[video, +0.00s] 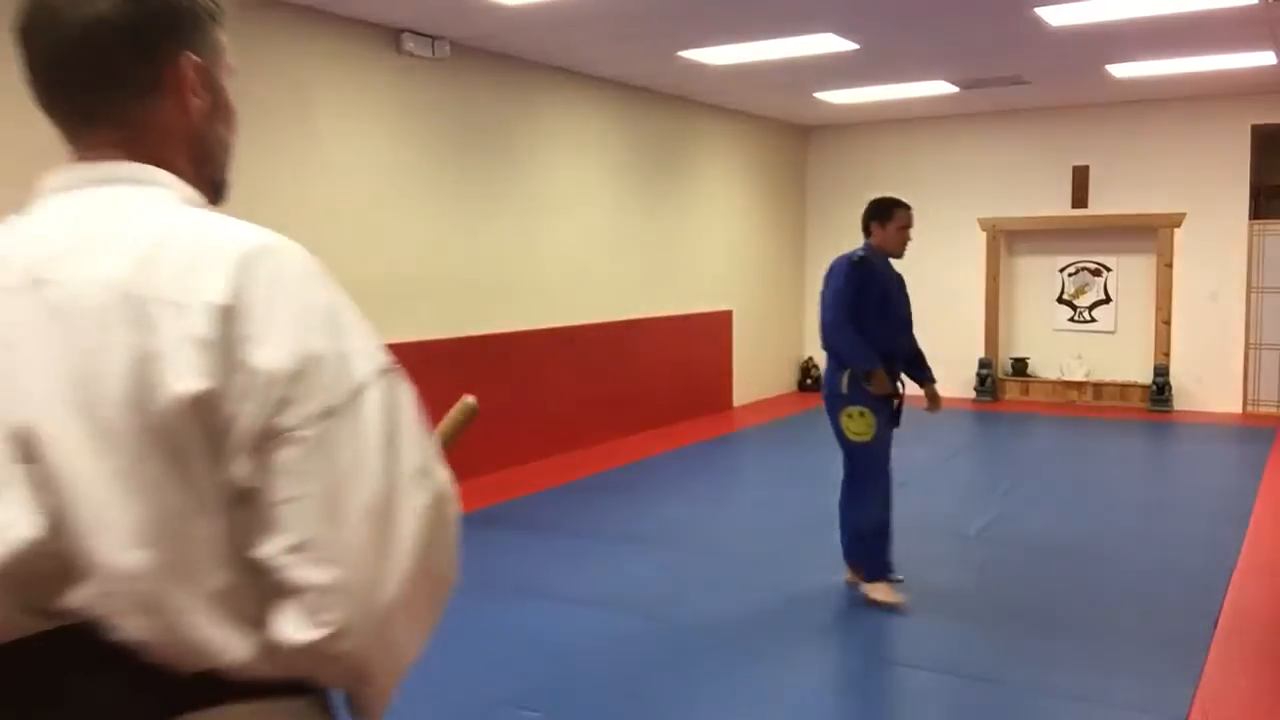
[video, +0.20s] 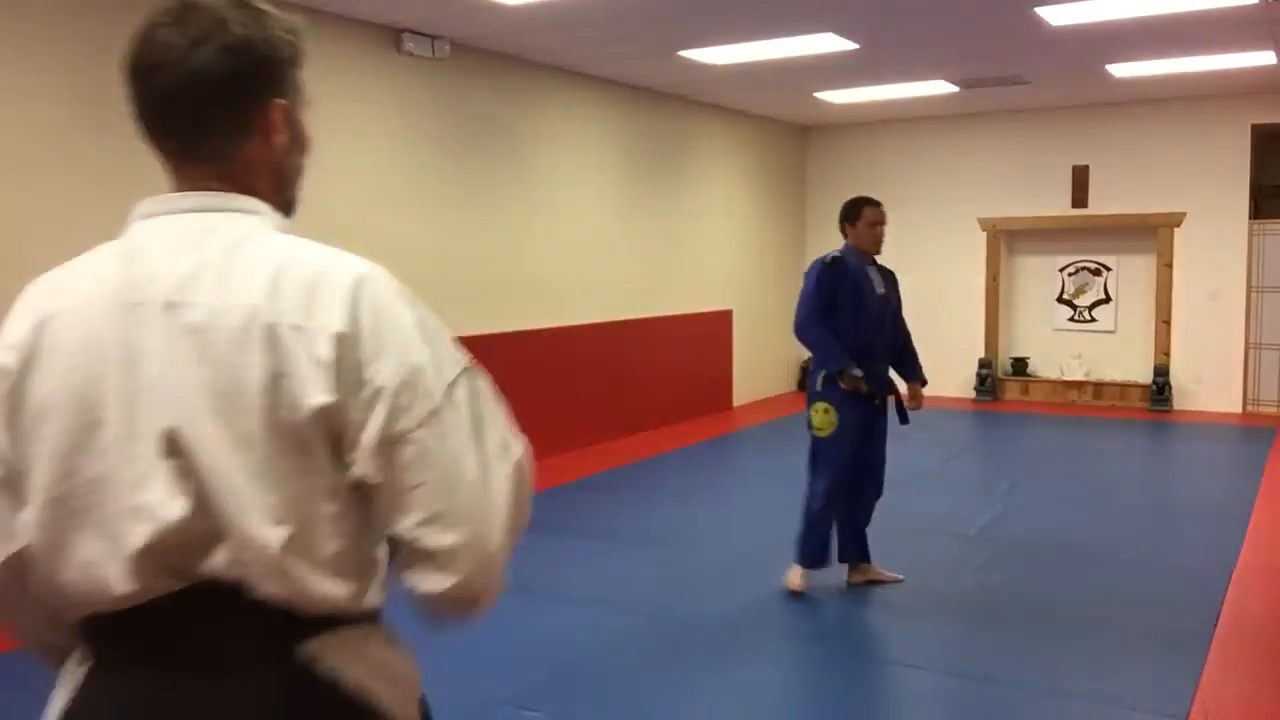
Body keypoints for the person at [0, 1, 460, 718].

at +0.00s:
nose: (234, 112)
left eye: (232, 85)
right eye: (229, 83)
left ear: (59, 101)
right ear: (191, 85)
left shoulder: (9, 265)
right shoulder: (251, 277)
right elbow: (370, 565)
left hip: (31, 684)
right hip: (232, 691)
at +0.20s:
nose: (309, 139)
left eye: (305, 116)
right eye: (304, 115)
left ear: (159, 132)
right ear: (275, 123)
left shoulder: (43, 312)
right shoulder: (348, 300)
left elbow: (11, 556)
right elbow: (469, 549)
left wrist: (88, 649)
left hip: (119, 680)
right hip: (309, 677)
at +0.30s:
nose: (333, 138)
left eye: (333, 117)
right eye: (332, 117)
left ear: (194, 124)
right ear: (308, 125)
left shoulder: (82, 293)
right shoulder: (374, 282)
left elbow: (44, 535)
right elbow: (513, 468)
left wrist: (126, 623)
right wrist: (508, 363)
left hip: (161, 657)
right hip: (340, 657)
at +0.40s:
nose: (350, 139)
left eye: (353, 119)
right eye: (350, 119)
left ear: (224, 123)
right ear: (326, 125)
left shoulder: (110, 277)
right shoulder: (386, 258)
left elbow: (64, 508)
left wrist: (126, 610)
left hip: (181, 629)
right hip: (356, 626)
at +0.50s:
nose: (365, 143)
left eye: (364, 126)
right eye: (364, 128)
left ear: (247, 126)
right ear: (340, 133)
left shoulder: (134, 269)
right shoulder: (378, 246)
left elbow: (75, 485)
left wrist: (131, 585)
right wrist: (380, 192)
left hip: (195, 599)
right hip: (360, 598)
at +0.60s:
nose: (370, 164)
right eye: (372, 150)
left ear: (258, 142)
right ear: (347, 150)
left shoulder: (150, 273)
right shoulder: (377, 248)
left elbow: (81, 477)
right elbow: (471, 183)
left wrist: (135, 576)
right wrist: (368, 155)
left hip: (202, 588)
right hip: (358, 586)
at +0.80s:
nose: (356, 198)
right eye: (359, 180)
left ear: (262, 166)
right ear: (339, 177)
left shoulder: (156, 282)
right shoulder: (352, 255)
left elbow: (94, 470)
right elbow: (414, 177)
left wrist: (136, 556)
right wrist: (260, 150)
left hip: (200, 565)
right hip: (332, 562)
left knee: (212, 708)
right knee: (373, 707)